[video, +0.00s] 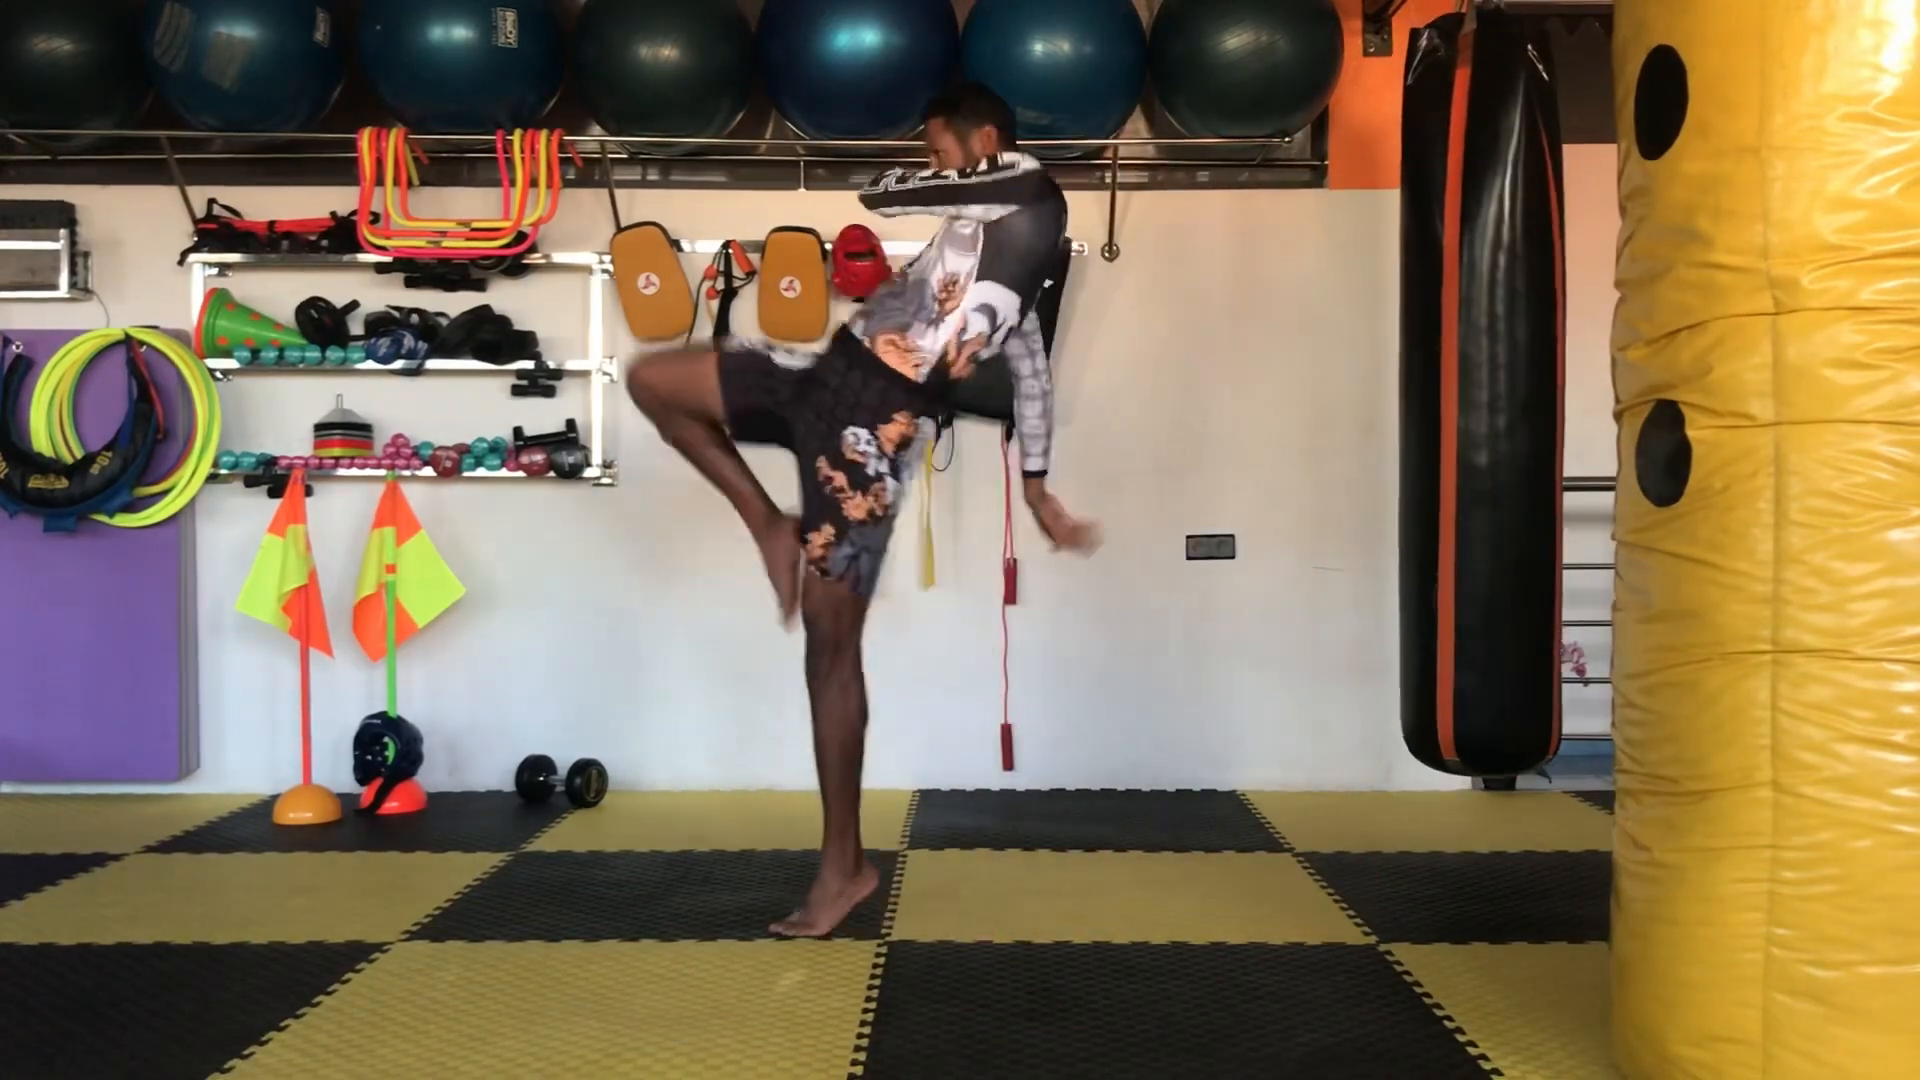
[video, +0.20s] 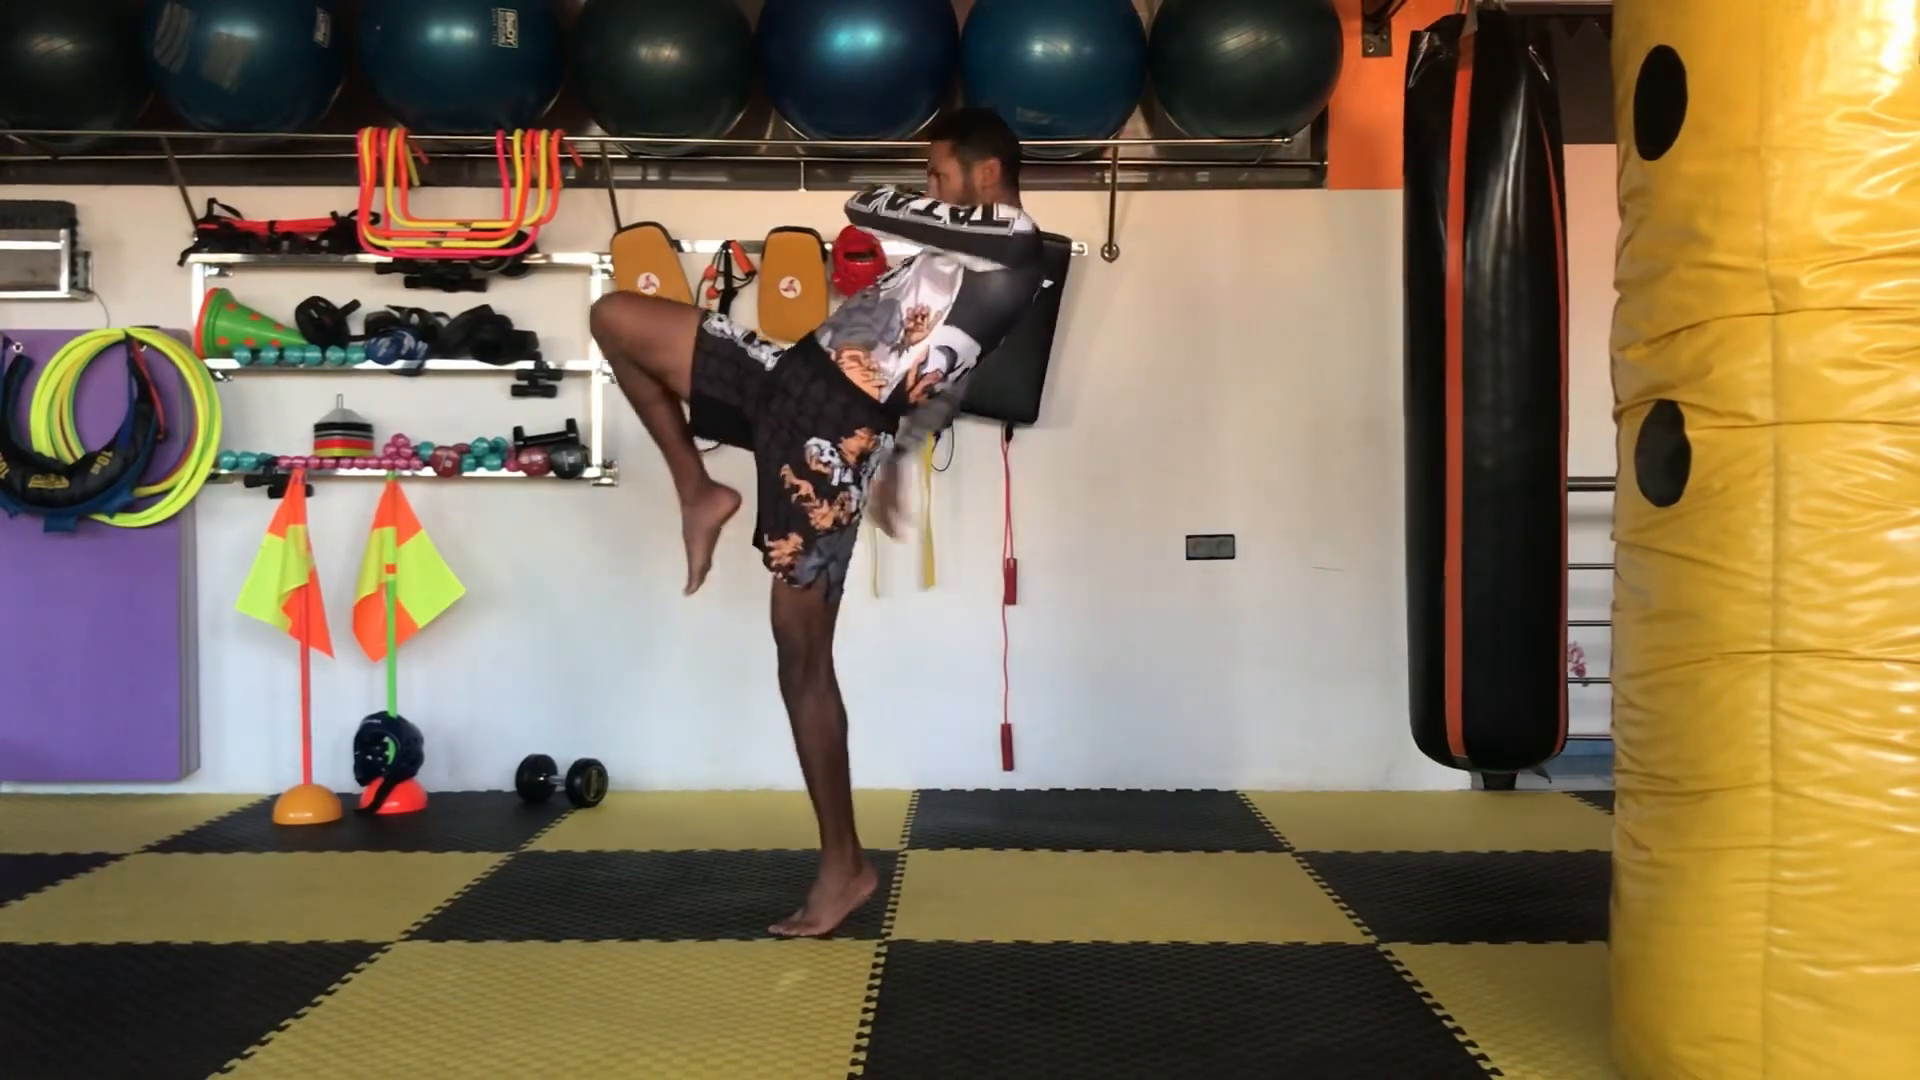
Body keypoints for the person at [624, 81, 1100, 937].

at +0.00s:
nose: (934, 167)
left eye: (939, 151)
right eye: (930, 155)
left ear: (985, 136)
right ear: (983, 138)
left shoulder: (1025, 203)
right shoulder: (982, 219)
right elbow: (1029, 359)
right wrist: (1035, 482)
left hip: (868, 416)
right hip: (824, 378)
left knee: (830, 644)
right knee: (653, 378)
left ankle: (844, 865)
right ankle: (771, 529)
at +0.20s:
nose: (929, 186)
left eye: (939, 173)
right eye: (930, 174)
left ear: (988, 173)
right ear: (975, 177)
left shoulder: (1009, 249)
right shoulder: (954, 248)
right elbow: (934, 375)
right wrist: (894, 457)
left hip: (828, 431)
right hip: (785, 380)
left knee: (803, 665)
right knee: (616, 319)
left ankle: (844, 865)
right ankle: (696, 492)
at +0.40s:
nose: (907, 169)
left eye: (916, 155)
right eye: (907, 155)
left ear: (963, 153)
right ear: (957, 156)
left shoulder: (993, 232)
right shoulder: (926, 227)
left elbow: (844, 226)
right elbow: (861, 342)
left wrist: (899, 202)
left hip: (848, 437)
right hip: (798, 400)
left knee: (834, 671)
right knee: (617, 405)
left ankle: (857, 875)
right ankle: (727, 562)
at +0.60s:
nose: (877, 144)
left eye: (886, 126)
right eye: (879, 128)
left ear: (935, 128)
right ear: (934, 133)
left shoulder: (960, 208)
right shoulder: (929, 213)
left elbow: (854, 270)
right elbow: (866, 287)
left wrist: (764, 227)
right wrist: (798, 239)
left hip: (886, 452)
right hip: (836, 439)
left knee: (867, 667)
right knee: (687, 547)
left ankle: (858, 878)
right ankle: (832, 665)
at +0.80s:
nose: (881, 145)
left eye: (889, 129)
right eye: (882, 130)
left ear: (931, 132)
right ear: (942, 136)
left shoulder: (947, 214)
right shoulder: (957, 218)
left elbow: (956, 341)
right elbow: (889, 333)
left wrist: (817, 361)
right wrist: (869, 246)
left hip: (909, 453)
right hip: (917, 451)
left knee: (864, 666)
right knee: (882, 657)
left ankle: (859, 886)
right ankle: (1040, 760)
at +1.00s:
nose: (926, 169)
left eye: (932, 152)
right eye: (926, 154)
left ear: (973, 151)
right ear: (993, 154)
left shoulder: (987, 243)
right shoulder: (1032, 236)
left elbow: (1010, 385)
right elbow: (959, 359)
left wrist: (887, 398)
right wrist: (927, 277)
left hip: (983, 468)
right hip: (1022, 467)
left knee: (863, 667)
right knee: (1057, 682)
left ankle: (863, 889)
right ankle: (1184, 860)